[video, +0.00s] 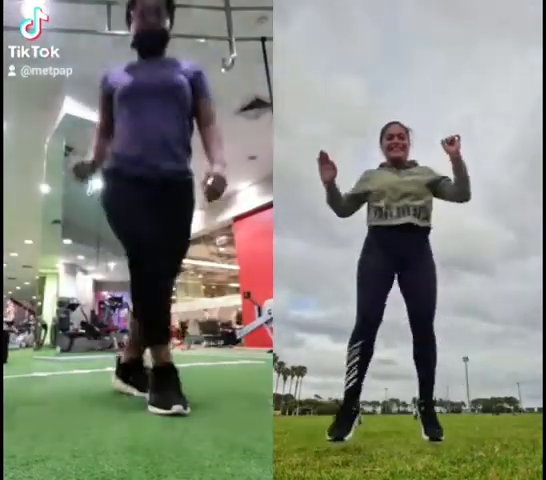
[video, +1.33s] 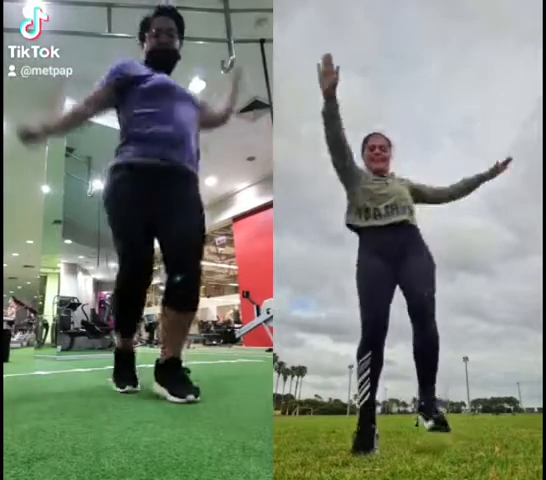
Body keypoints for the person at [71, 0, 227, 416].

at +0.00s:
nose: (149, 19)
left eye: (157, 13)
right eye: (142, 13)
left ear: (169, 23)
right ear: (130, 24)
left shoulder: (189, 73)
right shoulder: (114, 77)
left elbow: (208, 125)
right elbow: (104, 132)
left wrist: (218, 165)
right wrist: (94, 161)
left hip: (175, 182)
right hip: (125, 180)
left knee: (160, 274)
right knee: (148, 268)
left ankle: (130, 361)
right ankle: (163, 373)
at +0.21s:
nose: (145, 10)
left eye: (152, 5)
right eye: (139, 5)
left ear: (162, 14)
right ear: (131, 14)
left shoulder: (183, 50)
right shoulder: (111, 50)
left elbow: (208, 99)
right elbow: (92, 107)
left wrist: (225, 124)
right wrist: (76, 117)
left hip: (173, 156)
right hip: (123, 156)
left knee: (179, 246)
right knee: (130, 244)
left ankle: (167, 341)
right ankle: (130, 355)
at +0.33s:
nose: (148, 15)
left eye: (154, 8)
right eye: (139, 8)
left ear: (164, 15)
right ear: (125, 15)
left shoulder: (181, 64)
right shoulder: (108, 65)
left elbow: (208, 112)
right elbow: (90, 120)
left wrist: (234, 143)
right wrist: (73, 138)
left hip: (174, 167)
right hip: (122, 168)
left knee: (200, 259)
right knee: (98, 266)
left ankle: (218, 352)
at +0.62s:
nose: (143, 18)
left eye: (151, 12)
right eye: (136, 11)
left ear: (161, 20)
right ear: (122, 19)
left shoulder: (176, 66)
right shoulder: (104, 65)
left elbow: (194, 121)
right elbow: (84, 119)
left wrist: (213, 164)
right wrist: (74, 129)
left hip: (167, 169)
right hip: (116, 169)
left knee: (191, 258)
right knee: (97, 262)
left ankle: (215, 349)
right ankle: (66, 356)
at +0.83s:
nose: (145, 28)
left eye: (153, 22)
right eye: (137, 21)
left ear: (164, 31)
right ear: (125, 30)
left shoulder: (176, 83)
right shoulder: (108, 75)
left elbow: (186, 137)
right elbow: (86, 128)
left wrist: (196, 175)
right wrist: (96, 133)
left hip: (163, 175)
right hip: (116, 174)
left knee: (150, 264)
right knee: (124, 267)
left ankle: (132, 359)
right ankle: (135, 363)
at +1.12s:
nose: (157, 31)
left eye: (164, 26)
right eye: (150, 24)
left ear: (174, 37)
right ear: (136, 32)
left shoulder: (178, 91)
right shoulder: (121, 63)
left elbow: (187, 142)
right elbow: (79, 89)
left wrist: (235, 142)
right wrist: (59, 80)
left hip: (171, 176)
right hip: (126, 173)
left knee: (172, 263)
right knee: (127, 267)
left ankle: (166, 352)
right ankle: (125, 360)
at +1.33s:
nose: (163, 38)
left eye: (170, 34)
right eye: (155, 33)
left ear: (180, 44)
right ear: (143, 42)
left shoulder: (188, 99)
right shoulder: (130, 72)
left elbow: (219, 116)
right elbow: (86, 109)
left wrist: (234, 83)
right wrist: (45, 130)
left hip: (180, 182)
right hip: (133, 176)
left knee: (186, 272)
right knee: (136, 267)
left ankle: (170, 365)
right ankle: (125, 353)